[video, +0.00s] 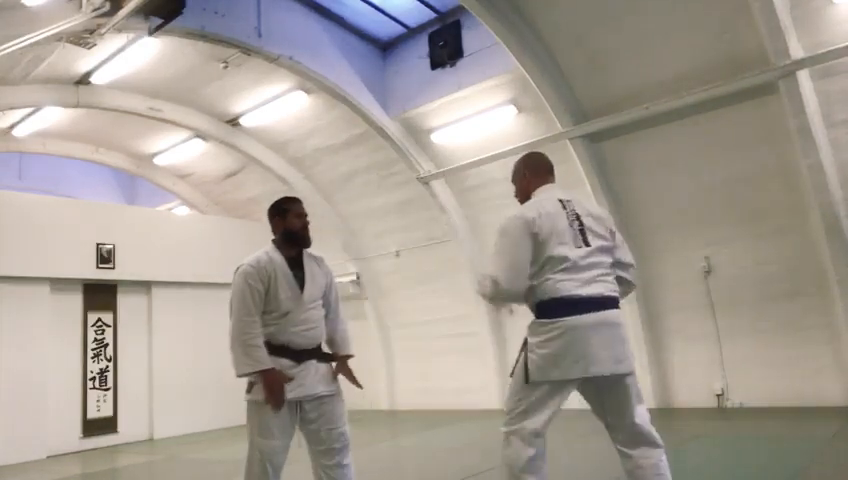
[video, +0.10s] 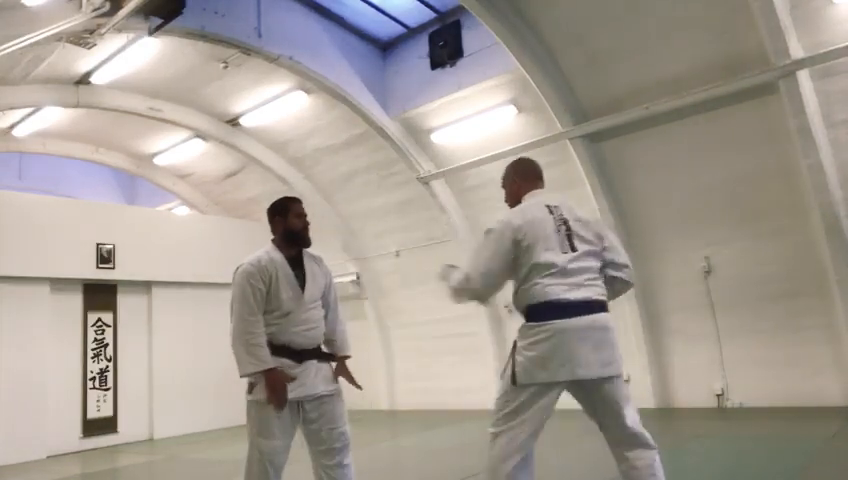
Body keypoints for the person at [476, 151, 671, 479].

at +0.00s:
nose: (515, 193)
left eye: (515, 184)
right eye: (514, 185)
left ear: (525, 179)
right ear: (551, 178)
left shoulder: (524, 218)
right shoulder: (596, 212)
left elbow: (511, 288)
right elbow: (626, 274)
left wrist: (488, 287)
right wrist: (593, 300)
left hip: (557, 335)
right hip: (608, 331)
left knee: (522, 430)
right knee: (636, 432)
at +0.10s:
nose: (504, 195)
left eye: (505, 186)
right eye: (503, 187)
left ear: (517, 185)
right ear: (539, 183)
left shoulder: (514, 223)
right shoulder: (585, 219)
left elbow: (479, 284)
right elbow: (622, 274)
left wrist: (454, 276)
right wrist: (583, 298)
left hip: (546, 339)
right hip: (596, 335)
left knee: (510, 436)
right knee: (630, 435)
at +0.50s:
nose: (417, 208)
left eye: (421, 200)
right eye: (416, 201)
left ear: (442, 199)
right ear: (442, 198)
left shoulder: (485, 224)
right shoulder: (432, 240)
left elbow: (527, 265)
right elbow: (381, 243)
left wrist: (473, 305)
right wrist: (335, 233)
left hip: (507, 344)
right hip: (526, 337)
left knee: (483, 447)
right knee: (578, 424)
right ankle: (626, 476)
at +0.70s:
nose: (401, 212)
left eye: (404, 203)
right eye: (398, 205)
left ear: (427, 195)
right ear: (419, 199)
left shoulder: (468, 222)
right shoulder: (411, 240)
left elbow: (515, 258)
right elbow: (370, 254)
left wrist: (463, 290)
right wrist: (315, 258)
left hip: (493, 341)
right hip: (491, 341)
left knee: (482, 449)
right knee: (545, 424)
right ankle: (609, 476)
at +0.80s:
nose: (395, 200)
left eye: (401, 192)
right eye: (396, 193)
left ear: (424, 192)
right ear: (420, 195)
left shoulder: (460, 217)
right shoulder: (411, 240)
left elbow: (504, 258)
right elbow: (369, 260)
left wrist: (448, 285)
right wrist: (315, 266)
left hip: (489, 335)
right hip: (477, 337)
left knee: (480, 447)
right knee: (527, 424)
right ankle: (590, 475)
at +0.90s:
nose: (400, 200)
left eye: (405, 192)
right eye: (400, 193)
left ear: (428, 191)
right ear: (420, 193)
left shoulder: (457, 217)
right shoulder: (413, 241)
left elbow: (500, 258)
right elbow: (371, 258)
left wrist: (445, 287)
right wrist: (317, 263)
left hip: (487, 338)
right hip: (471, 339)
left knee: (481, 451)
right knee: (519, 431)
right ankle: (560, 475)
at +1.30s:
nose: (429, 197)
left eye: (436, 189)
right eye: (430, 190)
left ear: (458, 193)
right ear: (450, 196)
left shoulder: (484, 224)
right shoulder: (434, 240)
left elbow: (507, 267)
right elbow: (392, 263)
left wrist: (446, 271)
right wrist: (331, 264)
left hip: (494, 338)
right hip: (478, 338)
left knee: (477, 441)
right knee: (513, 438)